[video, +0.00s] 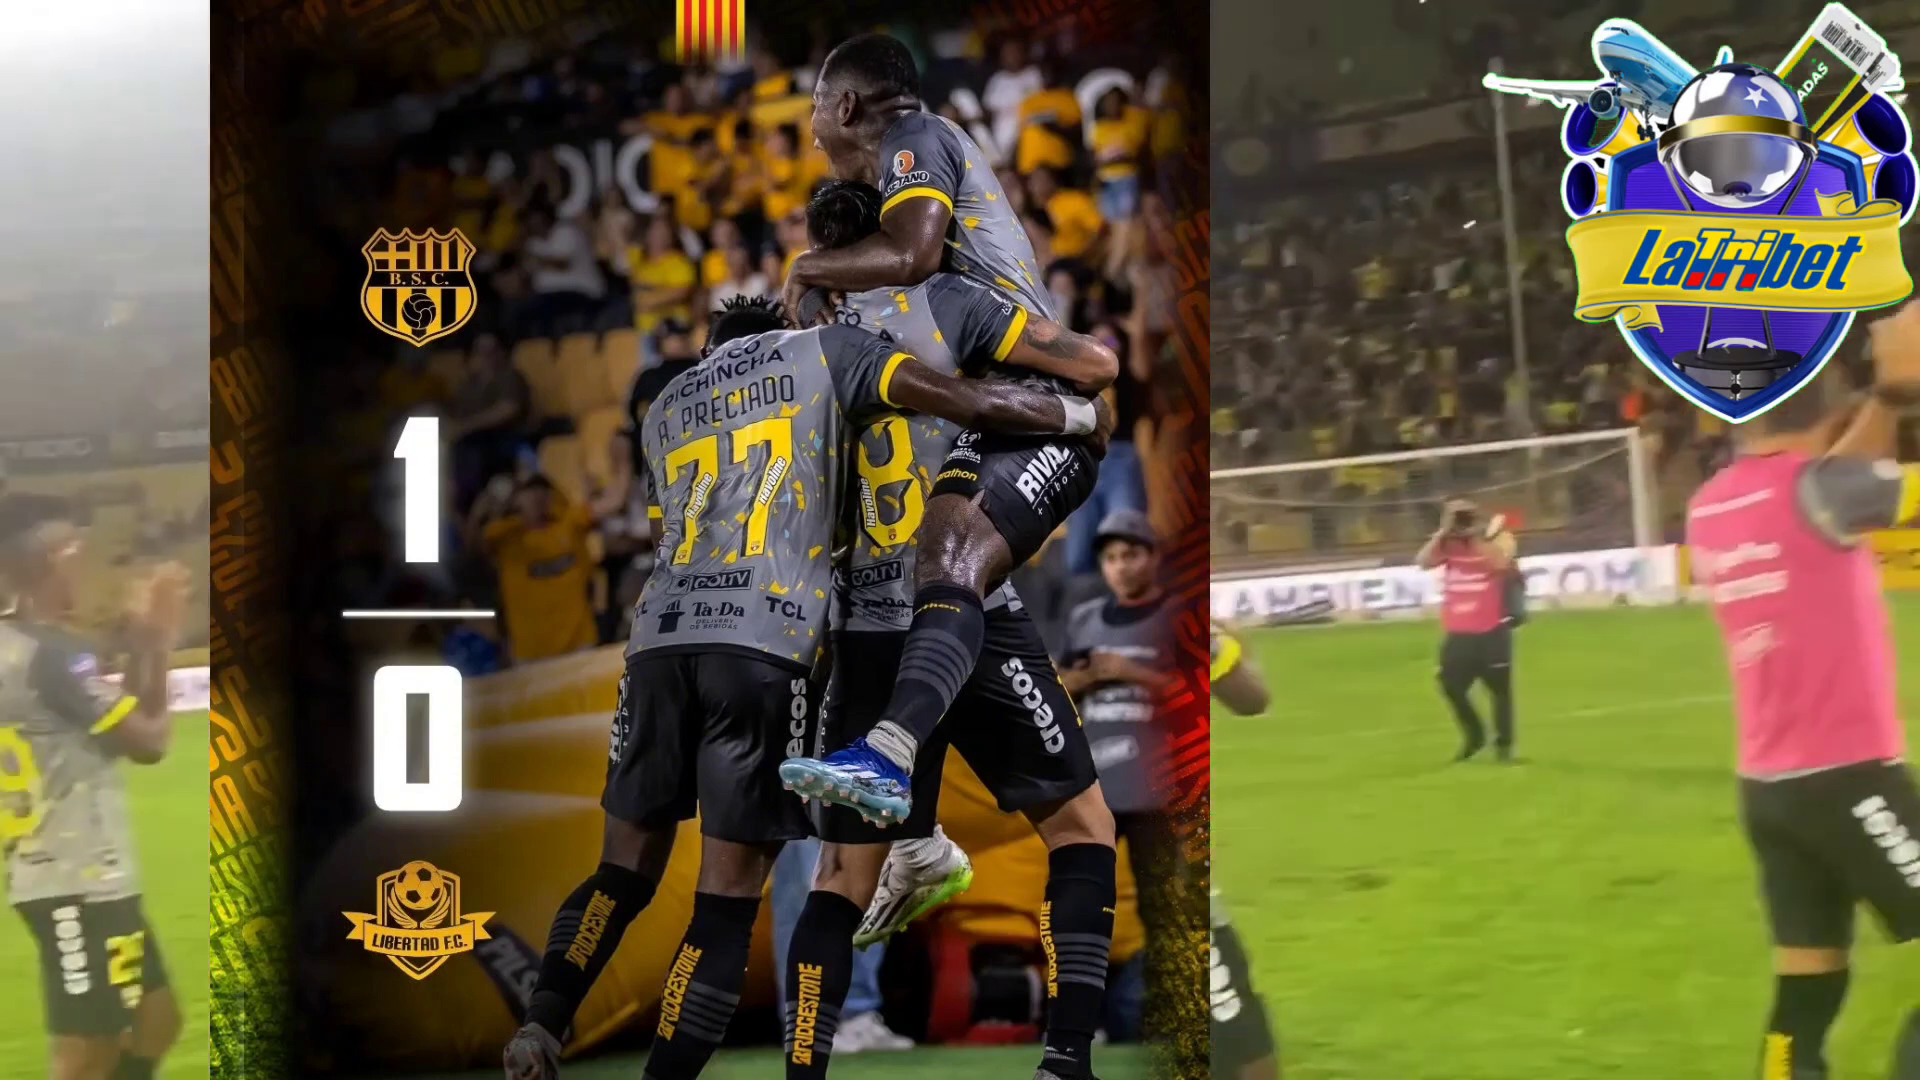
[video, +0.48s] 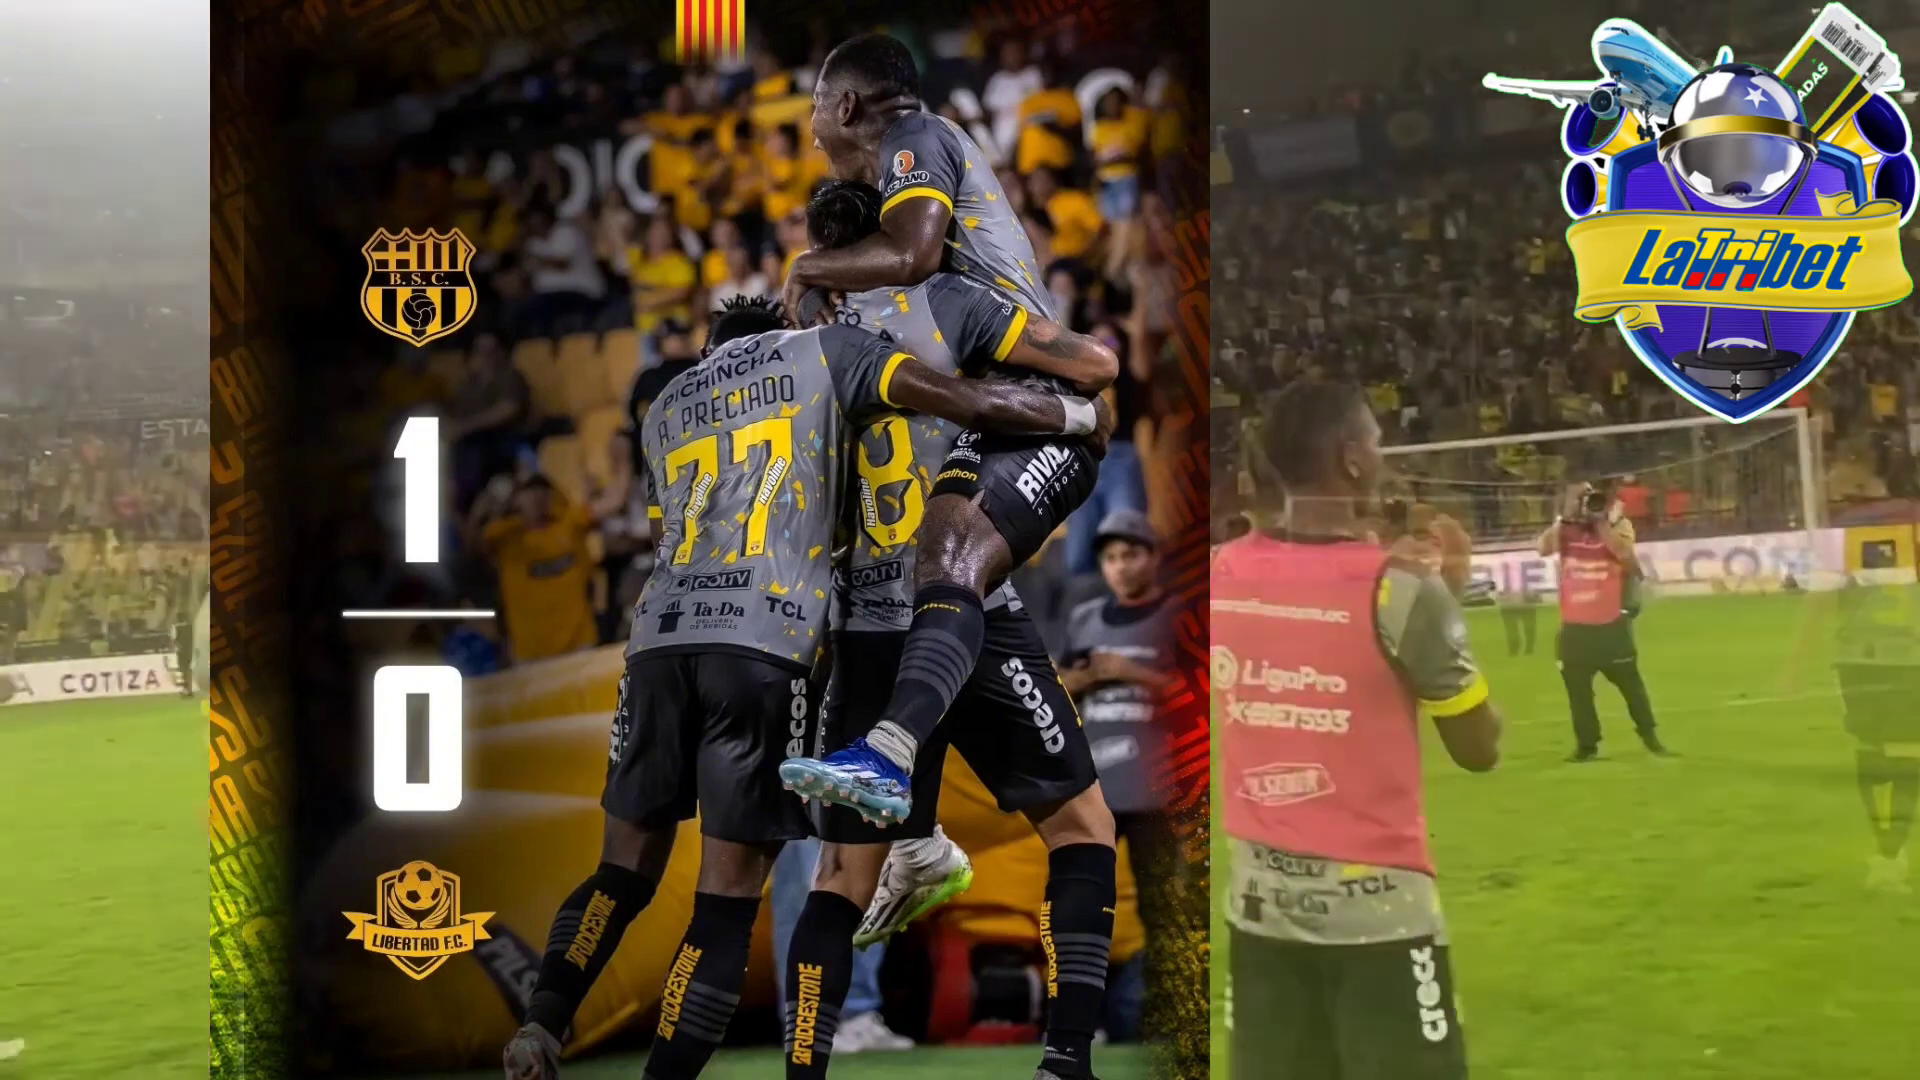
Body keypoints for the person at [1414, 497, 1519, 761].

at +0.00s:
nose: (1464, 526)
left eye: (1469, 519)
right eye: (1458, 522)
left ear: (1478, 518)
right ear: (1450, 525)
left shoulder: (1497, 541)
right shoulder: (1451, 547)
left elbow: (1501, 564)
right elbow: (1423, 562)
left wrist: (1478, 538)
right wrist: (1443, 531)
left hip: (1491, 630)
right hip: (1459, 632)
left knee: (1500, 689)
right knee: (1450, 683)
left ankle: (1503, 742)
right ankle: (1474, 734)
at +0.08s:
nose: (1504, 517)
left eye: (1509, 511)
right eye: (1498, 513)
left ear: (1520, 510)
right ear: (1491, 516)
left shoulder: (1537, 532)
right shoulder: (1487, 537)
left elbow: (1538, 556)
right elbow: (1462, 555)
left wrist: (1517, 529)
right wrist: (1482, 523)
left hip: (1531, 626)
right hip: (1497, 627)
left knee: (1541, 686)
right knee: (1488, 681)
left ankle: (1546, 740)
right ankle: (1504, 740)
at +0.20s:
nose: (1535, 511)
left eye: (1540, 505)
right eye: (1529, 506)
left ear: (1551, 507)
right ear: (1522, 510)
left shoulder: (1564, 534)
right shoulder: (1520, 537)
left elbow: (1569, 553)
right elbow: (1490, 548)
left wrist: (1546, 525)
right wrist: (1510, 516)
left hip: (1559, 624)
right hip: (1527, 624)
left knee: (1575, 687)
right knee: (1521, 688)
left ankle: (1581, 739)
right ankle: (1518, 742)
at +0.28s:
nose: (1571, 510)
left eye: (1576, 504)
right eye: (1565, 505)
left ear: (1586, 506)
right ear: (1558, 508)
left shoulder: (1600, 529)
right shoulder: (1552, 533)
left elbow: (1607, 552)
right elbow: (1526, 547)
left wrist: (1584, 523)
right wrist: (1546, 515)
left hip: (1596, 625)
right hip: (1562, 626)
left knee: (1614, 687)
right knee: (1558, 689)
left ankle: (1621, 739)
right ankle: (1556, 743)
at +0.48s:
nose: (1591, 503)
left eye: (1597, 497)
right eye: (1586, 497)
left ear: (1608, 500)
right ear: (1577, 501)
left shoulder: (1618, 525)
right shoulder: (1569, 529)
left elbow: (1626, 557)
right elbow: (1544, 548)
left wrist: (1603, 524)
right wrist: (1564, 517)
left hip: (1611, 625)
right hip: (1575, 626)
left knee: (1631, 684)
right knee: (1577, 691)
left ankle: (1649, 735)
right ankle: (1586, 744)